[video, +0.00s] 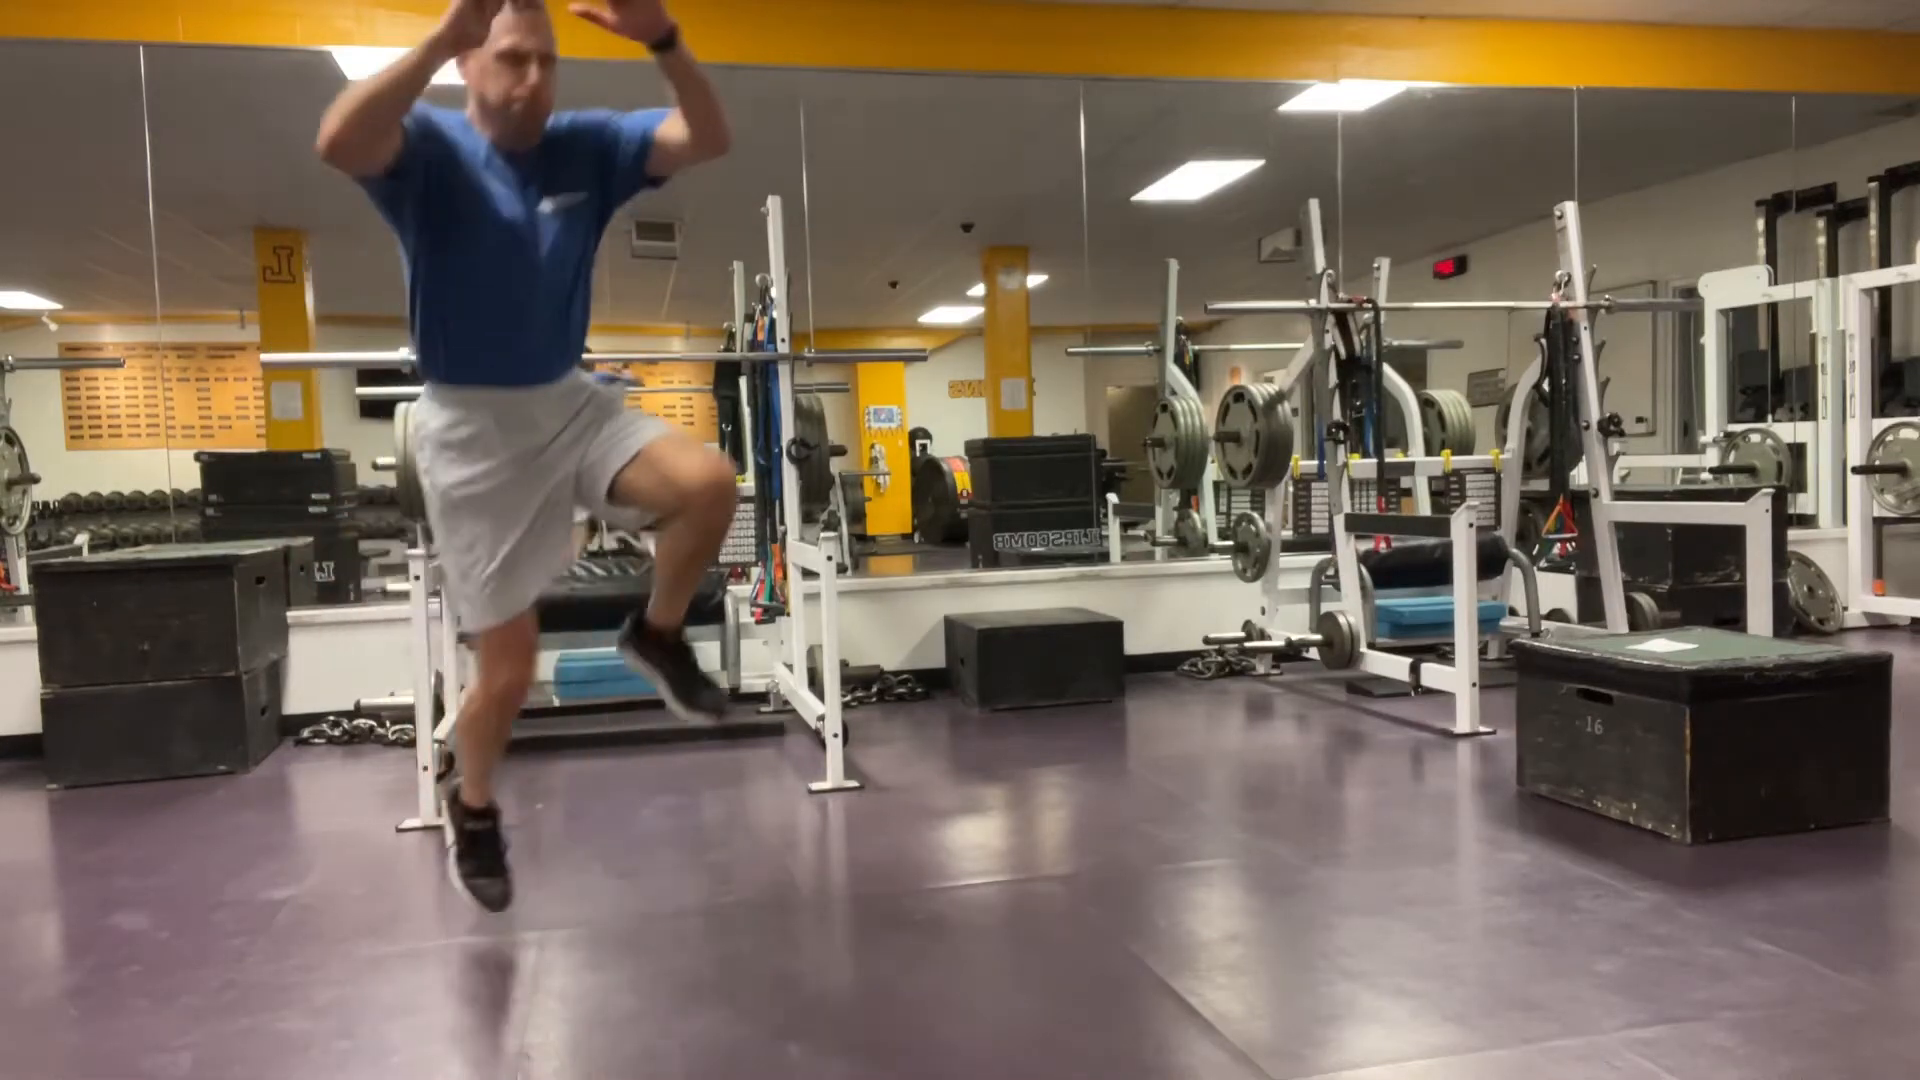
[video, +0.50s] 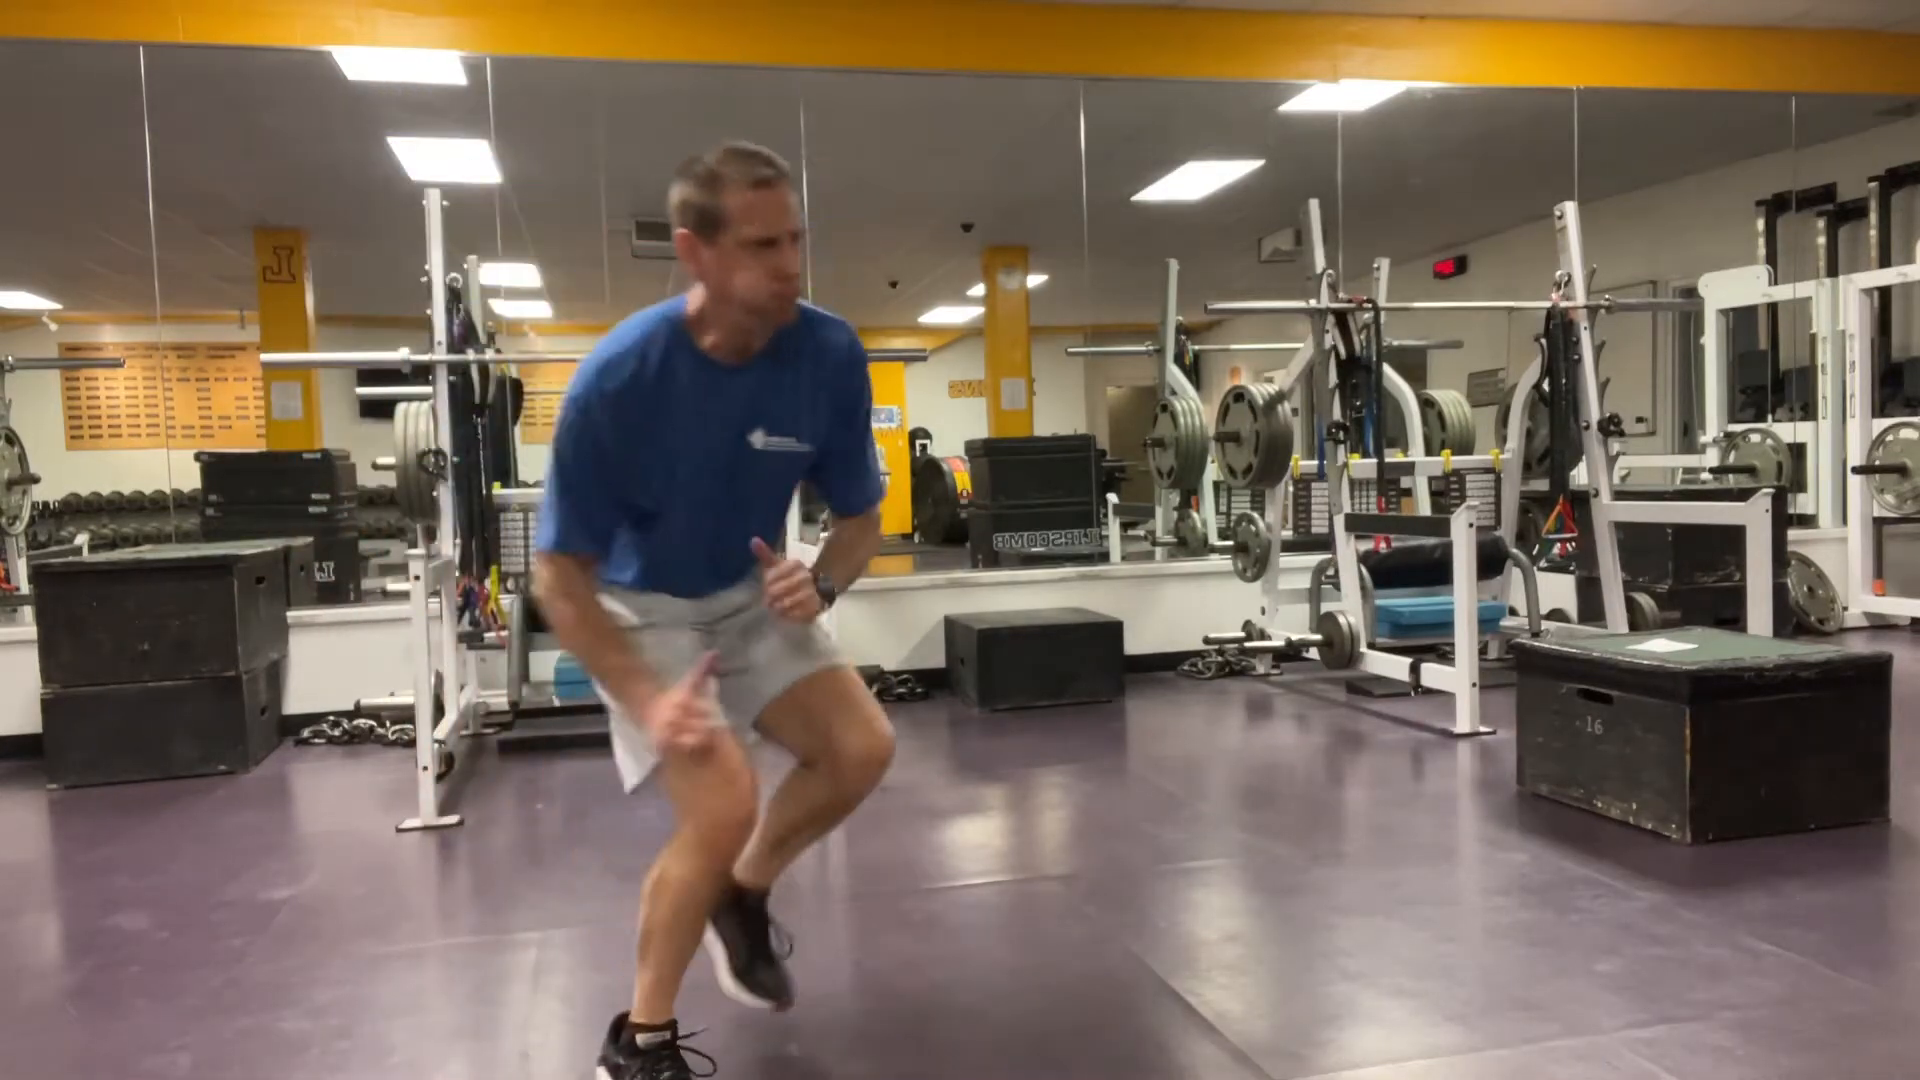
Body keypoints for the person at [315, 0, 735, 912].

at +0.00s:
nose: (529, 78)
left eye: (542, 62)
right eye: (510, 60)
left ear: (558, 71)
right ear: (467, 67)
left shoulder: (586, 147)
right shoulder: (428, 146)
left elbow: (708, 136)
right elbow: (340, 144)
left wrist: (666, 45)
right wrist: (442, 39)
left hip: (570, 406)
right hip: (471, 429)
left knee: (706, 485)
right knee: (508, 670)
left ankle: (658, 634)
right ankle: (475, 811)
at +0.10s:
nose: (569, 58)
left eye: (582, 38)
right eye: (547, 36)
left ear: (598, 46)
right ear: (499, 43)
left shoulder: (630, 130)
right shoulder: (446, 129)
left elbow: (774, 163)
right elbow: (286, 140)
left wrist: (745, 91)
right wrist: (405, 125)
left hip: (602, 389)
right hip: (496, 419)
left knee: (753, 461)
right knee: (551, 660)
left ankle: (671, 579)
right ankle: (533, 856)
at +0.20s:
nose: (614, 99)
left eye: (626, 78)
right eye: (593, 79)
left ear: (645, 81)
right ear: (542, 82)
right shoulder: (478, 165)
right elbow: (277, 204)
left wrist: (794, 181)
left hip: (634, 428)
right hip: (525, 457)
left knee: (810, 483)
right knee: (585, 706)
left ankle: (685, 575)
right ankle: (614, 959)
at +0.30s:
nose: (673, 179)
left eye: (681, 157)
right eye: (649, 160)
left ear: (694, 160)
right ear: (587, 164)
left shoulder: (721, 256)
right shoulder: (510, 281)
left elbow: (850, 297)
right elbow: (346, 391)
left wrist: (833, 329)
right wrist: (380, 503)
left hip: (674, 519)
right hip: (563, 545)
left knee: (860, 567)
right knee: (649, 762)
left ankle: (731, 681)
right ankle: (641, 1034)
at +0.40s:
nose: (730, 239)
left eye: (735, 216)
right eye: (702, 220)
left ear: (746, 216)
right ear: (635, 231)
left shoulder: (783, 334)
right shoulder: (560, 365)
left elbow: (866, 440)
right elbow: (461, 535)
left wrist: (837, 478)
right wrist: (522, 664)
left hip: (715, 567)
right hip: (593, 592)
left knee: (859, 685)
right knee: (684, 792)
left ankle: (762, 818)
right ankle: (643, 1035)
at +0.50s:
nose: (790, 267)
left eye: (795, 242)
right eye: (762, 246)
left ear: (804, 242)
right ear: (695, 256)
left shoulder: (829, 356)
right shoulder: (615, 383)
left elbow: (858, 509)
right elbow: (560, 574)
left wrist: (820, 579)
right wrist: (642, 694)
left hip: (753, 595)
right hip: (636, 611)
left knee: (861, 750)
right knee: (721, 813)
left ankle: (742, 890)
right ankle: (644, 1034)